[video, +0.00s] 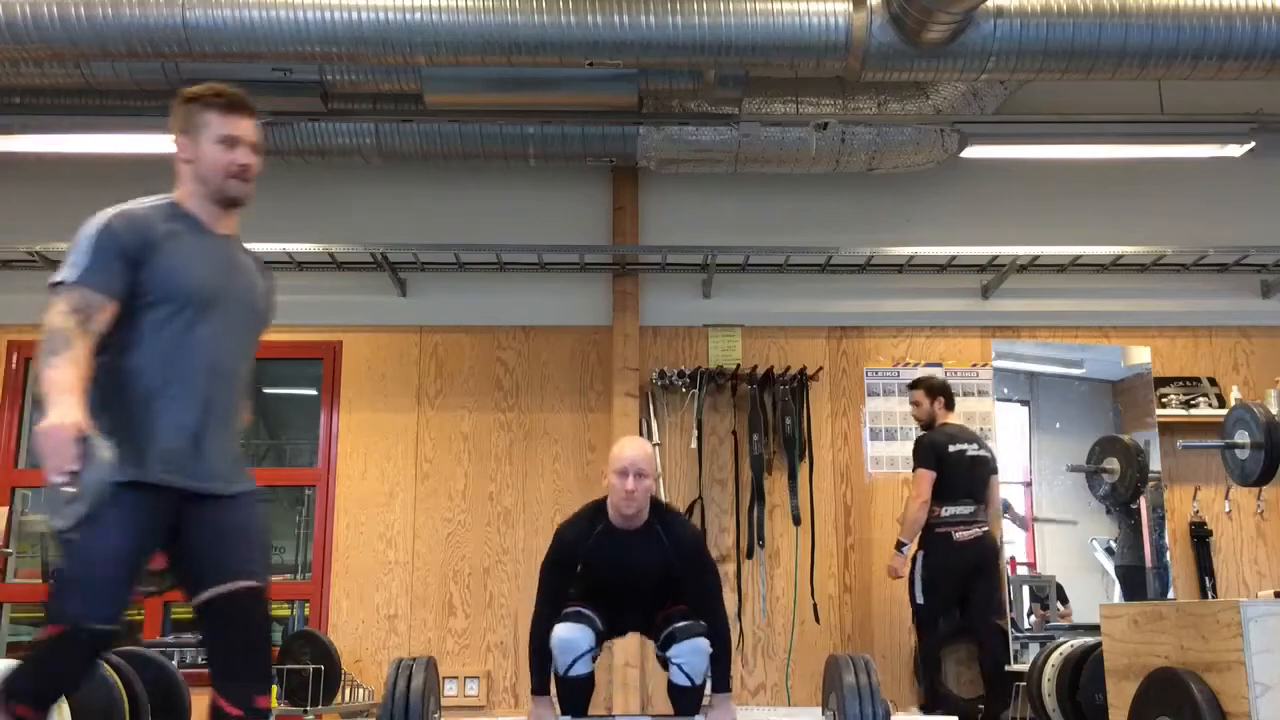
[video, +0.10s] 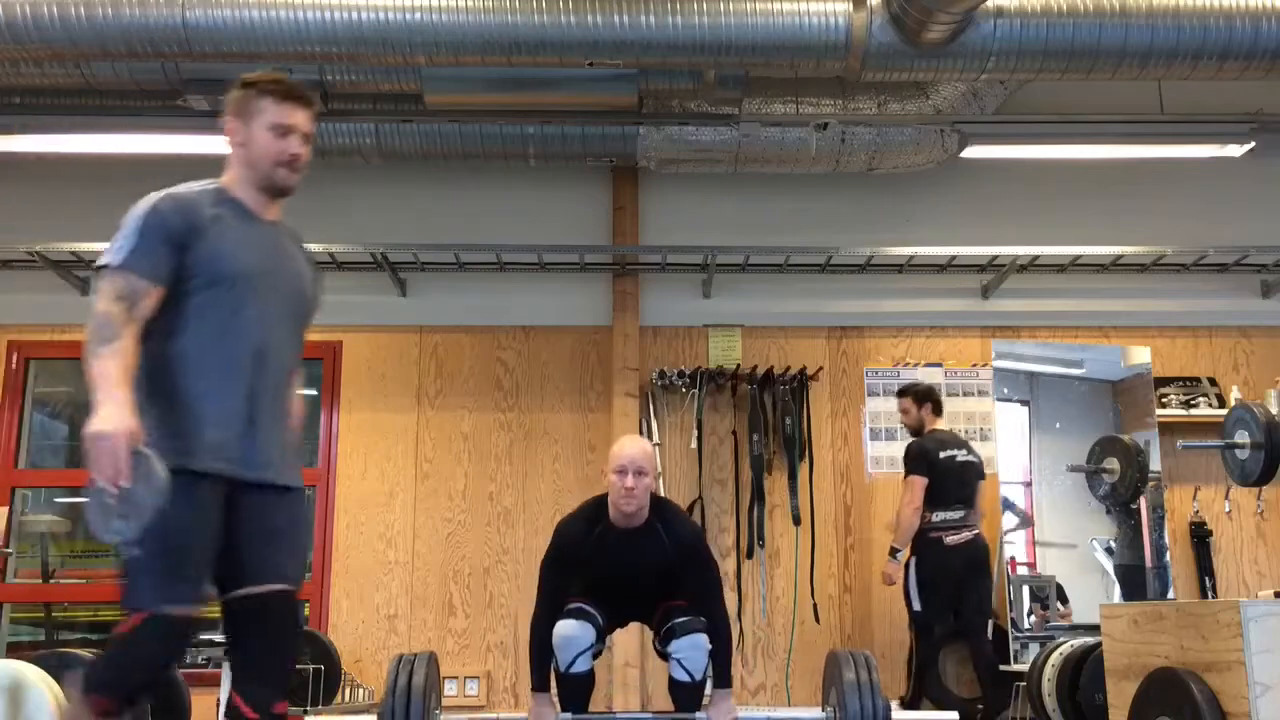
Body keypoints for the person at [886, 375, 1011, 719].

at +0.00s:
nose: (912, 411)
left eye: (917, 404)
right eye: (911, 405)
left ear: (939, 403)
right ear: (943, 406)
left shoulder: (929, 441)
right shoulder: (979, 441)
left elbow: (921, 499)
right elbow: (994, 503)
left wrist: (902, 550)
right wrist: (992, 543)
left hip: (940, 545)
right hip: (981, 544)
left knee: (929, 628)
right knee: (987, 626)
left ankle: (934, 705)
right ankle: (998, 705)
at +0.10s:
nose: (901, 419)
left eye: (905, 412)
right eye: (900, 412)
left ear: (927, 409)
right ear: (931, 412)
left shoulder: (920, 448)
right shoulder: (968, 448)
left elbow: (913, 506)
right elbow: (975, 512)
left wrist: (895, 555)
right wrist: (965, 545)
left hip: (933, 551)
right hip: (973, 549)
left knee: (927, 635)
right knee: (978, 634)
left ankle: (920, 705)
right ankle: (994, 706)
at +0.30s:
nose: (876, 430)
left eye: (878, 422)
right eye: (875, 423)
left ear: (897, 418)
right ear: (903, 419)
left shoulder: (899, 456)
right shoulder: (938, 451)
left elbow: (896, 513)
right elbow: (947, 508)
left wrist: (881, 563)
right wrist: (934, 535)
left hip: (909, 552)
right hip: (944, 550)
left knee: (896, 631)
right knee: (948, 627)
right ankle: (984, 700)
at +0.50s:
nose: (860, 426)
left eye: (865, 419)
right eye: (859, 419)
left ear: (886, 417)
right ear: (886, 419)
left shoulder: (885, 454)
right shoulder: (910, 450)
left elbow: (879, 511)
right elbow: (904, 508)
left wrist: (858, 553)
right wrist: (860, 520)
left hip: (890, 546)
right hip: (913, 544)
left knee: (884, 624)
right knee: (895, 621)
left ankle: (900, 706)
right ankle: (934, 682)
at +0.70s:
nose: (848, 425)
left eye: (854, 419)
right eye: (846, 419)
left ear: (874, 417)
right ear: (863, 419)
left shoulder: (880, 453)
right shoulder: (873, 452)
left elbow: (873, 509)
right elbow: (871, 508)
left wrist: (842, 544)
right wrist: (848, 534)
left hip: (882, 547)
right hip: (874, 546)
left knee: (874, 626)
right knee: (864, 623)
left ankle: (900, 704)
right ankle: (894, 701)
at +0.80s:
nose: (843, 427)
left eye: (848, 421)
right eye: (840, 421)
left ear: (867, 420)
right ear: (844, 422)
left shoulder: (876, 456)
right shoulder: (863, 456)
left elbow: (873, 509)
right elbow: (859, 511)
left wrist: (843, 547)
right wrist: (845, 555)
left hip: (876, 549)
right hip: (860, 550)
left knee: (875, 629)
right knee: (854, 630)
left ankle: (900, 706)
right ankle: (858, 704)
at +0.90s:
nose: (838, 428)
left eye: (844, 422)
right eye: (835, 423)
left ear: (862, 422)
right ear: (835, 424)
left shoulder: (870, 458)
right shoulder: (851, 460)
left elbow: (873, 512)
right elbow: (846, 516)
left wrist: (850, 553)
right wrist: (836, 555)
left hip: (870, 551)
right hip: (851, 552)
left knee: (872, 630)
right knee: (848, 630)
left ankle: (900, 706)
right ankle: (857, 703)